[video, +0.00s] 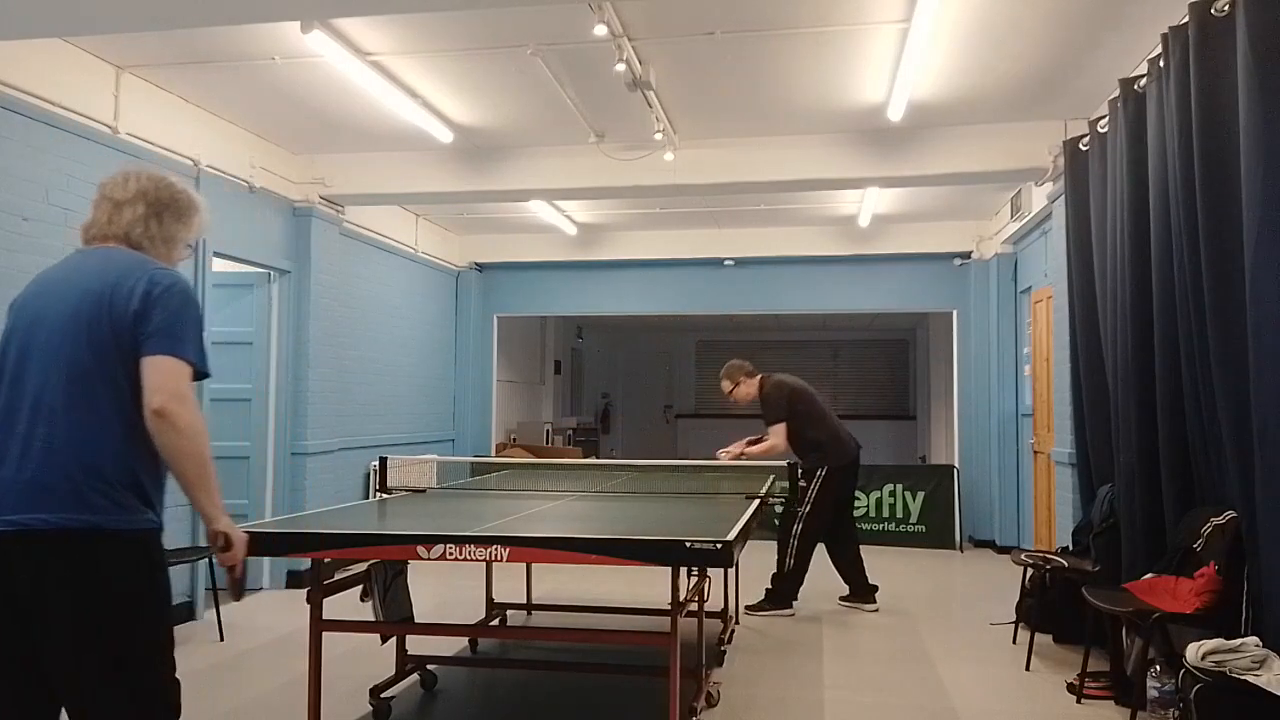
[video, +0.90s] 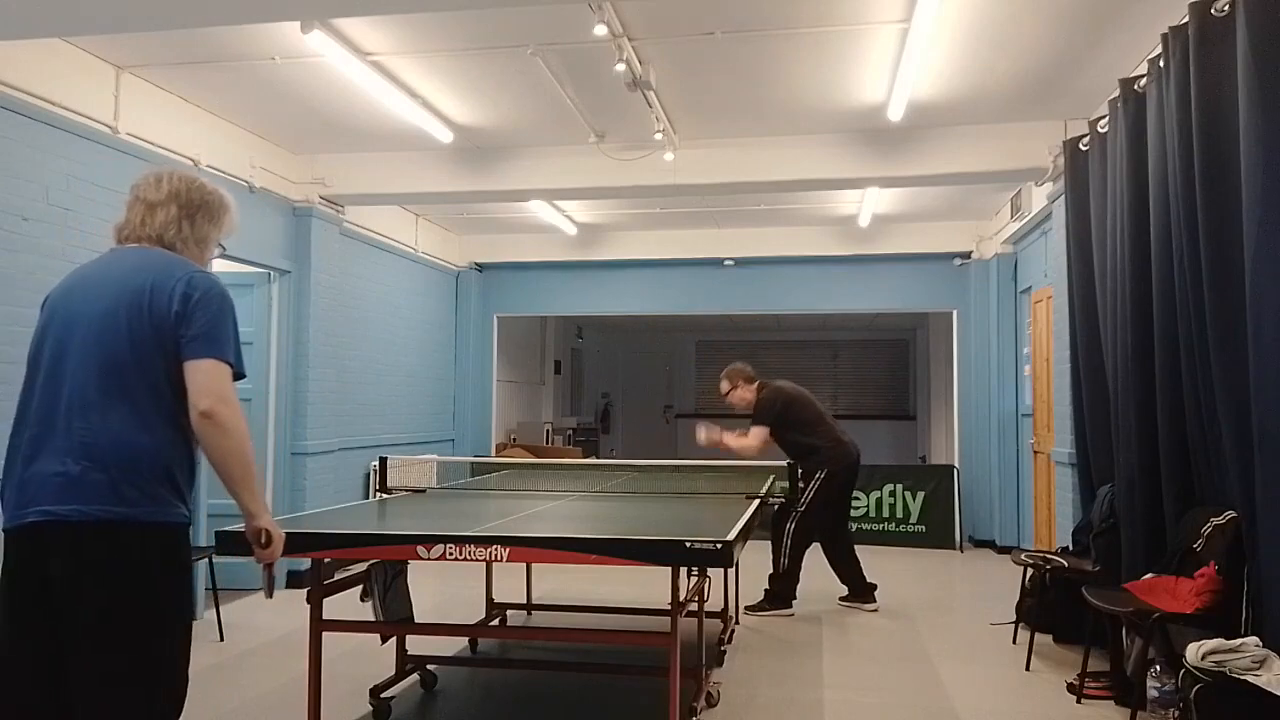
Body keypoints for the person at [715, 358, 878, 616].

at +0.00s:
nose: (734, 400)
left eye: (732, 394)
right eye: (730, 396)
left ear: (744, 381)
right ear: (746, 379)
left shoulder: (772, 390)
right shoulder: (777, 384)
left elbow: (778, 445)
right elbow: (781, 435)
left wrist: (741, 453)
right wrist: (750, 442)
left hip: (827, 461)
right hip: (842, 455)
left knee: (796, 526)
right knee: (837, 527)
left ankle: (781, 598)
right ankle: (862, 592)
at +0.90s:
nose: (729, 402)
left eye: (728, 395)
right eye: (726, 398)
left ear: (741, 385)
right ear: (745, 384)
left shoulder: (770, 396)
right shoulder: (777, 390)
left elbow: (752, 446)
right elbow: (763, 441)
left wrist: (720, 437)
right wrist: (734, 438)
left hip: (827, 463)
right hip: (842, 458)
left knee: (789, 521)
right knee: (832, 529)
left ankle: (779, 597)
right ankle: (861, 591)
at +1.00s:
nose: (738, 382)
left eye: (740, 375)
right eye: (736, 377)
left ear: (756, 369)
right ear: (758, 369)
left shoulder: (778, 386)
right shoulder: (786, 381)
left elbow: (745, 422)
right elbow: (753, 421)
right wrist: (734, 411)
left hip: (830, 464)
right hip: (843, 459)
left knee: (791, 522)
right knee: (832, 529)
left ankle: (780, 597)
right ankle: (861, 591)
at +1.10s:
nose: (748, 364)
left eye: (752, 358)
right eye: (748, 359)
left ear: (769, 355)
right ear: (772, 357)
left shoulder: (789, 376)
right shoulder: (794, 375)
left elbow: (756, 407)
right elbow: (762, 406)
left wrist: (726, 390)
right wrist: (728, 393)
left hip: (832, 462)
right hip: (842, 459)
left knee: (798, 523)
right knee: (834, 527)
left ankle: (782, 596)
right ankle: (861, 592)